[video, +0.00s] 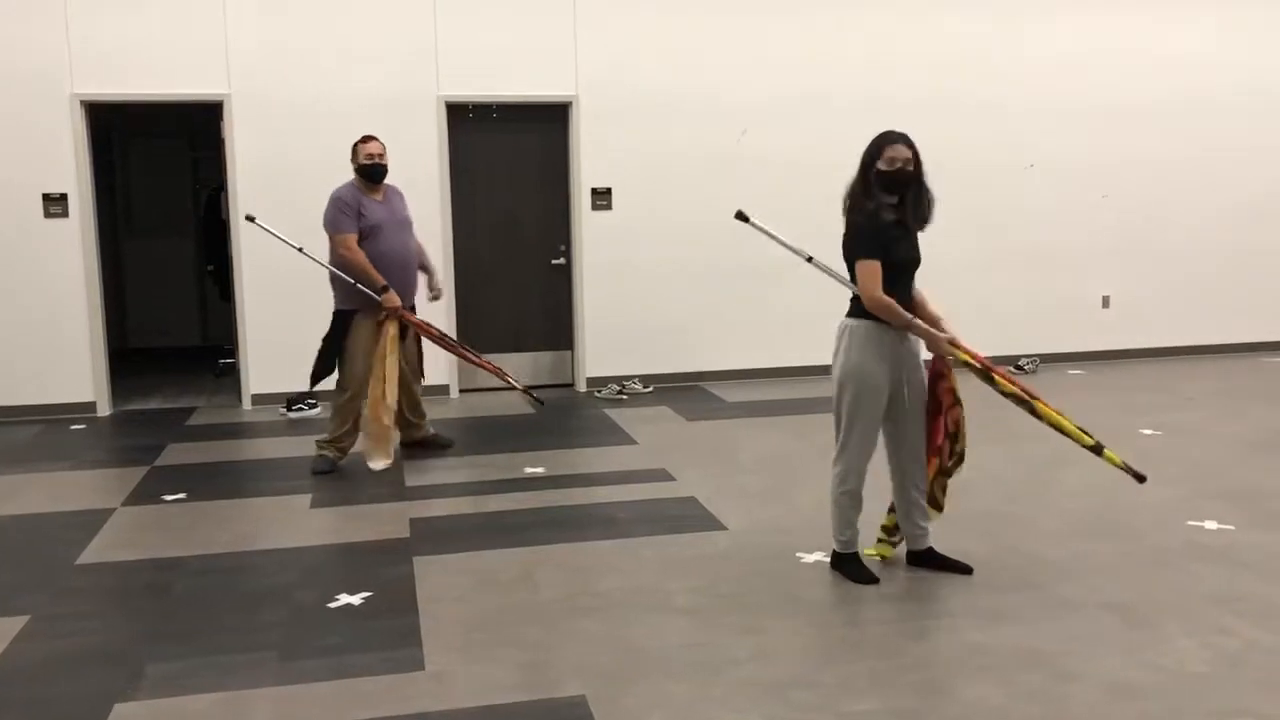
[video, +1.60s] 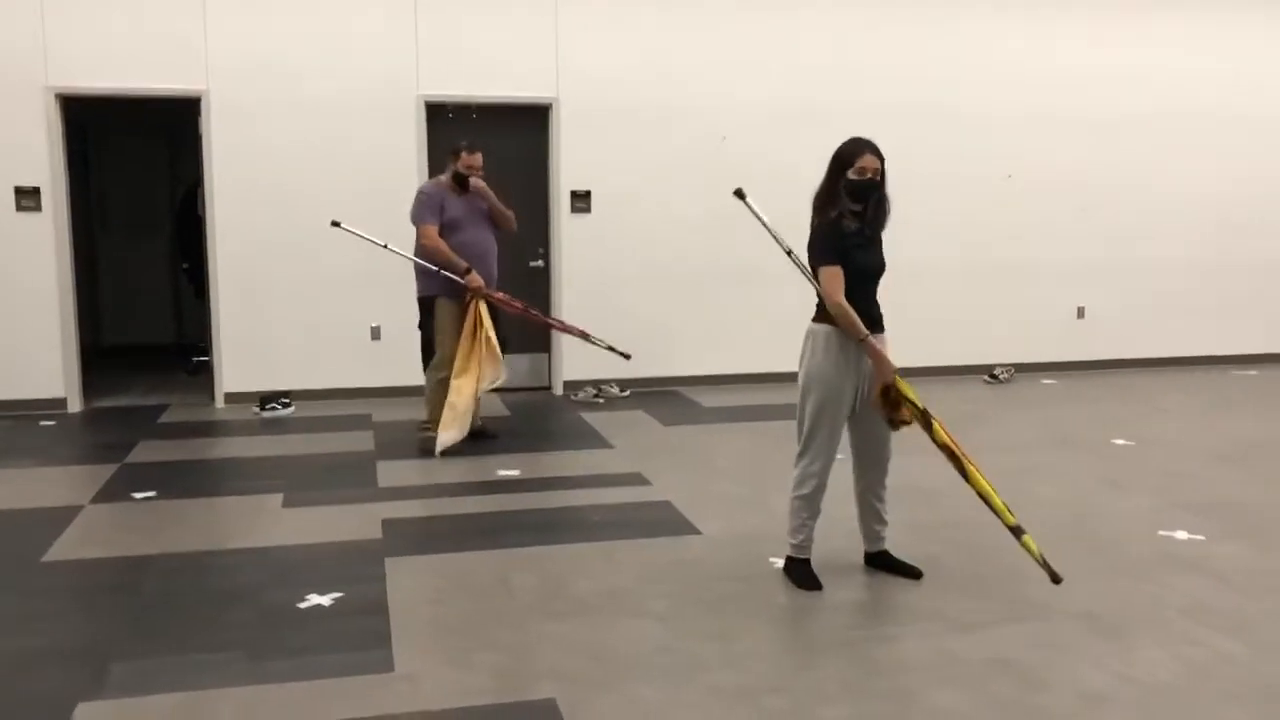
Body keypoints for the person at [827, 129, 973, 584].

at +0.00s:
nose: (897, 169)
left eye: (905, 163)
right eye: (888, 162)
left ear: (914, 169)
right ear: (872, 165)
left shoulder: (902, 220)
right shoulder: (865, 217)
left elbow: (908, 290)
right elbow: (871, 296)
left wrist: (944, 332)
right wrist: (926, 333)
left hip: (902, 339)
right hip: (865, 338)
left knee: (910, 447)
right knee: (855, 449)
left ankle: (918, 546)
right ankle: (845, 550)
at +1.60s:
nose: (869, 178)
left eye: (875, 173)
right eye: (860, 171)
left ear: (881, 178)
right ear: (841, 173)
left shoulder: (870, 226)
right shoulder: (829, 224)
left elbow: (866, 293)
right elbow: (833, 298)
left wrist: (881, 355)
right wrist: (874, 350)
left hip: (868, 343)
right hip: (830, 342)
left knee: (874, 452)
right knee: (816, 454)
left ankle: (876, 550)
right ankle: (798, 555)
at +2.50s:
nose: (863, 169)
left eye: (861, 159)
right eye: (859, 160)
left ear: (817, 160)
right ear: (848, 163)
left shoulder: (823, 211)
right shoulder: (828, 215)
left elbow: (831, 288)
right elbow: (833, 290)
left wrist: (858, 344)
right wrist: (868, 345)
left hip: (834, 330)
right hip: (817, 330)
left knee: (841, 435)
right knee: (804, 435)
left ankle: (851, 526)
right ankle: (774, 532)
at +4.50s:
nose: (823, 142)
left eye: (826, 134)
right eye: (817, 133)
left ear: (818, 131)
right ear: (795, 131)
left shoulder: (802, 186)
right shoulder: (776, 185)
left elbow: (805, 257)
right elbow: (785, 259)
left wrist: (833, 313)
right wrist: (836, 303)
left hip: (811, 303)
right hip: (780, 302)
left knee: (813, 408)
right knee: (763, 409)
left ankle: (819, 502)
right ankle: (742, 508)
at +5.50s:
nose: (829, 144)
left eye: (823, 135)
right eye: (825, 136)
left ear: (776, 142)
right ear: (820, 140)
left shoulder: (768, 192)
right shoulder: (812, 191)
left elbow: (766, 267)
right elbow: (811, 266)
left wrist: (771, 323)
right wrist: (860, 307)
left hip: (779, 303)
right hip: (797, 305)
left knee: (812, 409)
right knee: (782, 410)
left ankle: (827, 501)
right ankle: (745, 510)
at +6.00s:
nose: (829, 153)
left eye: (822, 145)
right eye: (825, 145)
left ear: (774, 149)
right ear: (819, 149)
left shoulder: (764, 200)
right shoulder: (813, 199)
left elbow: (754, 264)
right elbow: (815, 275)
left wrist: (754, 322)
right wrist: (866, 314)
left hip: (778, 311)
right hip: (800, 313)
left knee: (819, 417)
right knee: (793, 417)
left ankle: (839, 509)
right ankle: (752, 518)